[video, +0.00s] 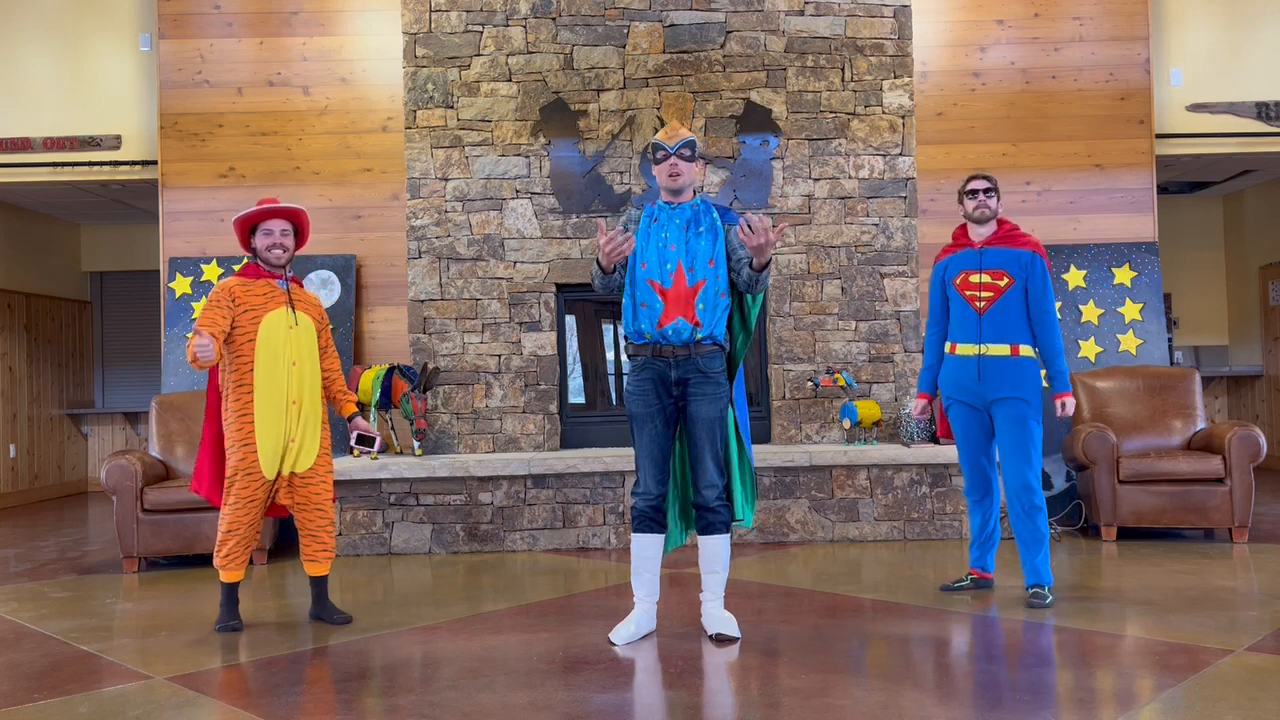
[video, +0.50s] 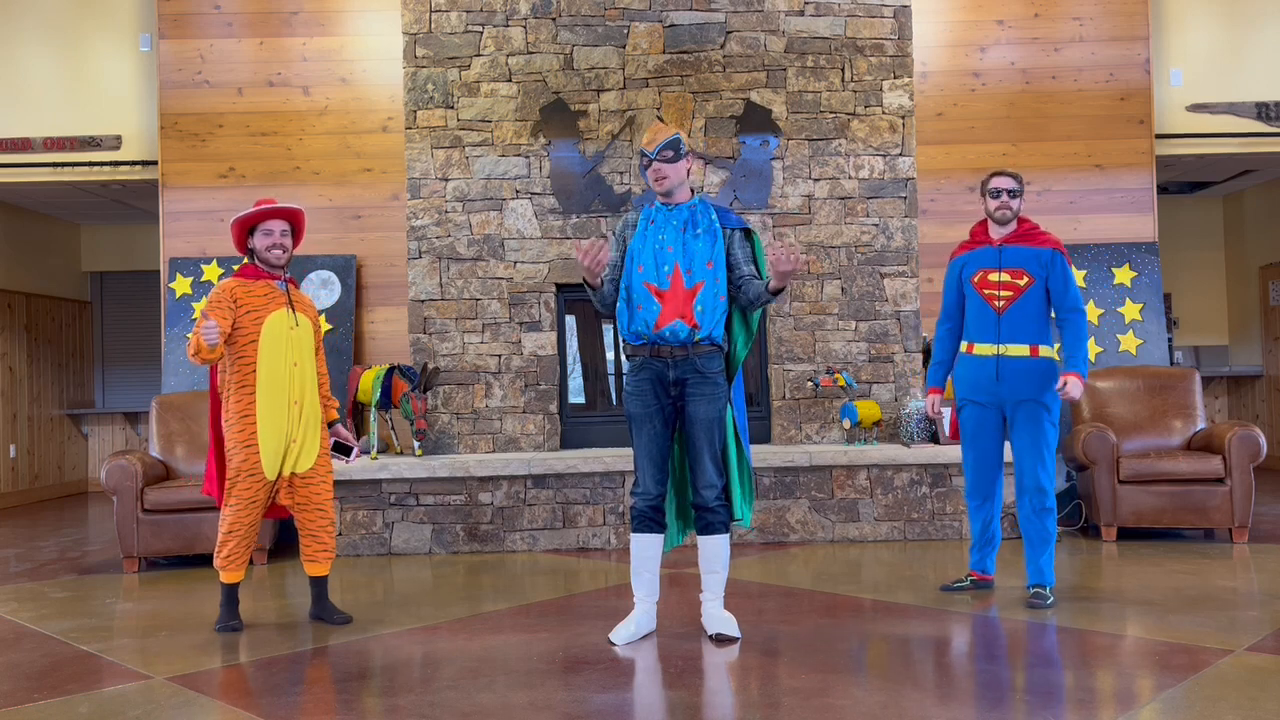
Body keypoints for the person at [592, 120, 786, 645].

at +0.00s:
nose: (673, 162)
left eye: (684, 155)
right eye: (663, 156)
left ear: (701, 167)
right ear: (651, 168)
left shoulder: (722, 221)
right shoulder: (635, 220)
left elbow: (744, 285)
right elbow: (608, 292)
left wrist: (759, 259)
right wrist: (608, 269)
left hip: (704, 365)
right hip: (646, 366)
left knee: (710, 485)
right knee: (650, 487)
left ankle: (714, 607)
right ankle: (644, 608)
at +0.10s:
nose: (673, 163)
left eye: (684, 156)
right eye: (663, 156)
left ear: (701, 167)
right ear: (650, 168)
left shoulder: (724, 220)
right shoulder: (633, 220)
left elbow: (745, 287)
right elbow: (606, 296)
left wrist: (761, 258)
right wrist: (606, 270)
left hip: (704, 365)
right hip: (646, 366)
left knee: (710, 485)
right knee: (649, 487)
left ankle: (714, 607)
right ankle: (644, 609)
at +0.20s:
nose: (673, 162)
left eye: (684, 155)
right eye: (663, 156)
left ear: (701, 167)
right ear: (650, 168)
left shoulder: (723, 221)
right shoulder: (633, 220)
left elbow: (745, 289)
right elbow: (606, 295)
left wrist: (763, 255)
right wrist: (605, 269)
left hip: (704, 364)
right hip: (645, 365)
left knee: (710, 485)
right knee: (649, 487)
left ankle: (714, 607)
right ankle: (644, 609)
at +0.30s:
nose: (669, 162)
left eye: (680, 154)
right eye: (659, 156)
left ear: (698, 165)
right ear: (648, 169)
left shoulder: (724, 222)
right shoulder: (632, 223)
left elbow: (746, 290)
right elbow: (608, 303)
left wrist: (768, 258)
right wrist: (604, 270)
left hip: (704, 365)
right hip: (644, 366)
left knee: (709, 485)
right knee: (649, 487)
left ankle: (714, 607)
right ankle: (644, 609)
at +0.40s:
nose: (661, 166)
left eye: (672, 156)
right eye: (653, 160)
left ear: (694, 164)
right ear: (646, 171)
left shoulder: (724, 224)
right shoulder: (634, 225)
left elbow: (746, 292)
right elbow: (609, 305)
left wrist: (772, 274)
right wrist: (601, 276)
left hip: (703, 365)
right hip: (644, 366)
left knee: (709, 485)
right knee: (648, 487)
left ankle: (713, 608)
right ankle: (644, 610)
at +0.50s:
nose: (656, 167)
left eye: (668, 156)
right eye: (649, 161)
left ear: (692, 164)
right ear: (644, 172)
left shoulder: (724, 222)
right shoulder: (631, 224)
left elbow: (747, 294)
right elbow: (608, 304)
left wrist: (775, 283)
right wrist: (595, 280)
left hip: (703, 365)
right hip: (643, 366)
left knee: (709, 485)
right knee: (648, 487)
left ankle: (713, 608)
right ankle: (644, 609)